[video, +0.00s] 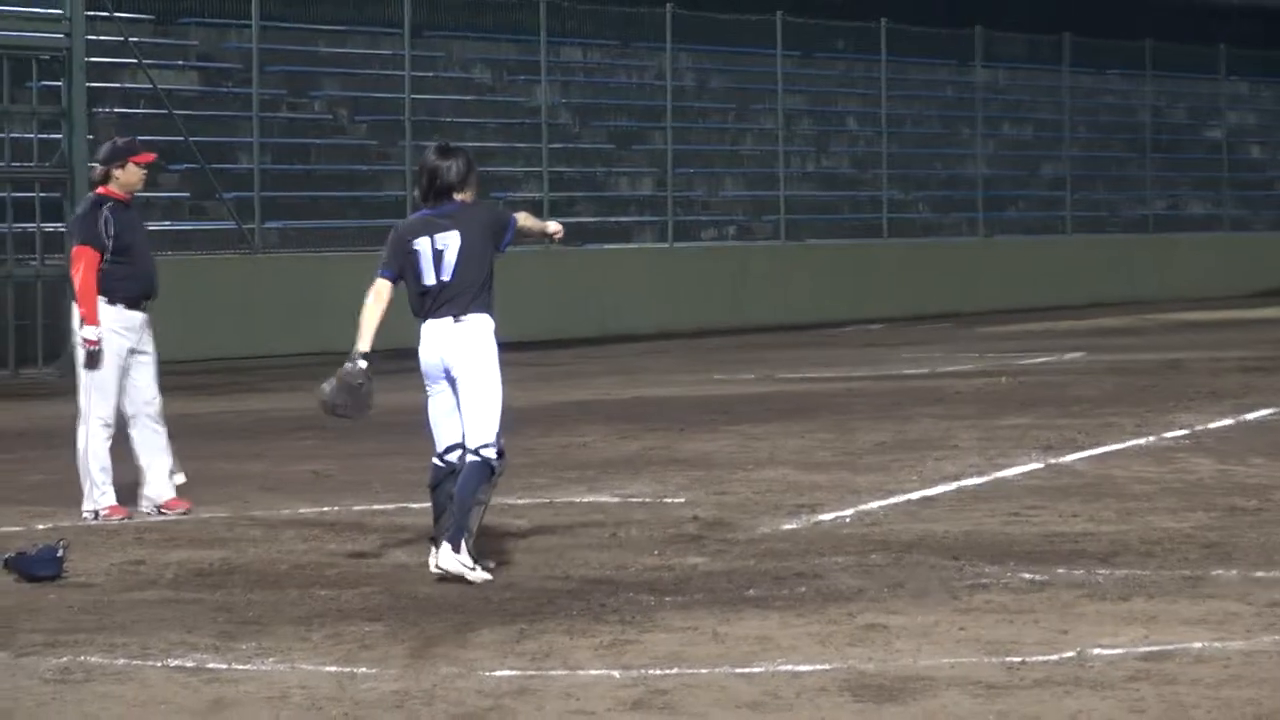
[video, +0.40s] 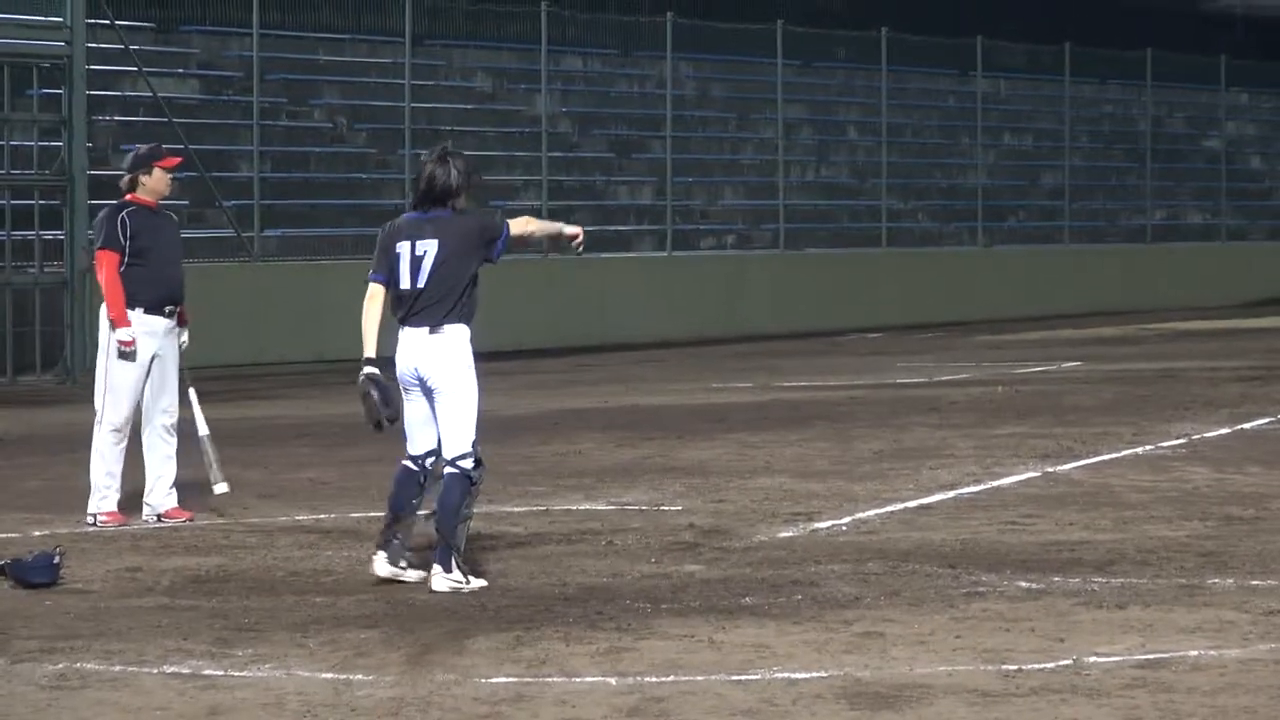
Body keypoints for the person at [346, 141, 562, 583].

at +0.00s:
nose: (477, 191)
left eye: (474, 185)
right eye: (473, 185)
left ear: (428, 187)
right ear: (463, 188)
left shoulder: (405, 231)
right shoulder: (481, 217)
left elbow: (379, 292)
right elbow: (523, 222)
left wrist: (359, 357)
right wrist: (548, 228)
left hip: (431, 342)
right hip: (473, 337)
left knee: (448, 451)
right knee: (483, 448)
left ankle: (443, 546)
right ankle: (454, 545)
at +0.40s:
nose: (471, 195)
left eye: (469, 190)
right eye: (468, 189)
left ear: (423, 188)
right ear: (459, 191)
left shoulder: (396, 229)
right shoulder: (470, 227)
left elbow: (374, 296)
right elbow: (525, 227)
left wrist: (368, 362)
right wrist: (566, 229)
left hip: (405, 349)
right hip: (448, 349)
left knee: (418, 454)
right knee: (460, 458)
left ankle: (390, 552)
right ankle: (446, 566)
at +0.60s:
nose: (442, 197)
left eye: (439, 190)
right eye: (439, 191)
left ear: (394, 195)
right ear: (429, 196)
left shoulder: (373, 237)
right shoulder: (440, 226)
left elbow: (349, 305)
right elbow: (503, 211)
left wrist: (340, 371)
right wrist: (559, 196)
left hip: (387, 352)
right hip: (426, 350)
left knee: (401, 459)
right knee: (452, 461)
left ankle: (335, 541)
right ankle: (449, 570)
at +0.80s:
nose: (408, 203)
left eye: (405, 195)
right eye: (402, 197)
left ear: (364, 205)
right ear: (383, 203)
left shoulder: (342, 249)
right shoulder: (394, 234)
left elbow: (319, 318)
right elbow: (446, 231)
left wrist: (318, 383)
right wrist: (512, 215)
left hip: (340, 358)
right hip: (378, 355)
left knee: (354, 469)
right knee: (421, 462)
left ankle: (308, 565)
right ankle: (445, 569)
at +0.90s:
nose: (393, 205)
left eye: (391, 197)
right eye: (388, 198)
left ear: (350, 203)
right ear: (370, 201)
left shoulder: (326, 247)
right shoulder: (366, 231)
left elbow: (302, 319)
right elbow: (393, 247)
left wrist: (303, 383)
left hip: (321, 355)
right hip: (354, 352)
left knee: (345, 464)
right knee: (398, 458)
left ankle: (305, 566)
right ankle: (411, 567)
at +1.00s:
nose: (381, 203)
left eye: (380, 194)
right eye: (377, 195)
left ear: (339, 198)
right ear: (360, 196)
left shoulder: (320, 239)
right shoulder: (355, 225)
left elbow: (294, 314)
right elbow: (345, 254)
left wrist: (293, 376)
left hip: (313, 350)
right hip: (341, 346)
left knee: (336, 459)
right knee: (382, 456)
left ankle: (308, 564)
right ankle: (362, 561)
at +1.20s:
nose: (360, 200)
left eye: (359, 192)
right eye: (355, 193)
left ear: (325, 196)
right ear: (336, 196)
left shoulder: (321, 233)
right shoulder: (321, 228)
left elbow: (281, 306)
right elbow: (277, 280)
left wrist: (273, 371)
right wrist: (245, 340)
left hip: (306, 349)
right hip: (313, 349)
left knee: (327, 459)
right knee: (328, 460)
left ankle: (308, 566)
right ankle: (250, 547)